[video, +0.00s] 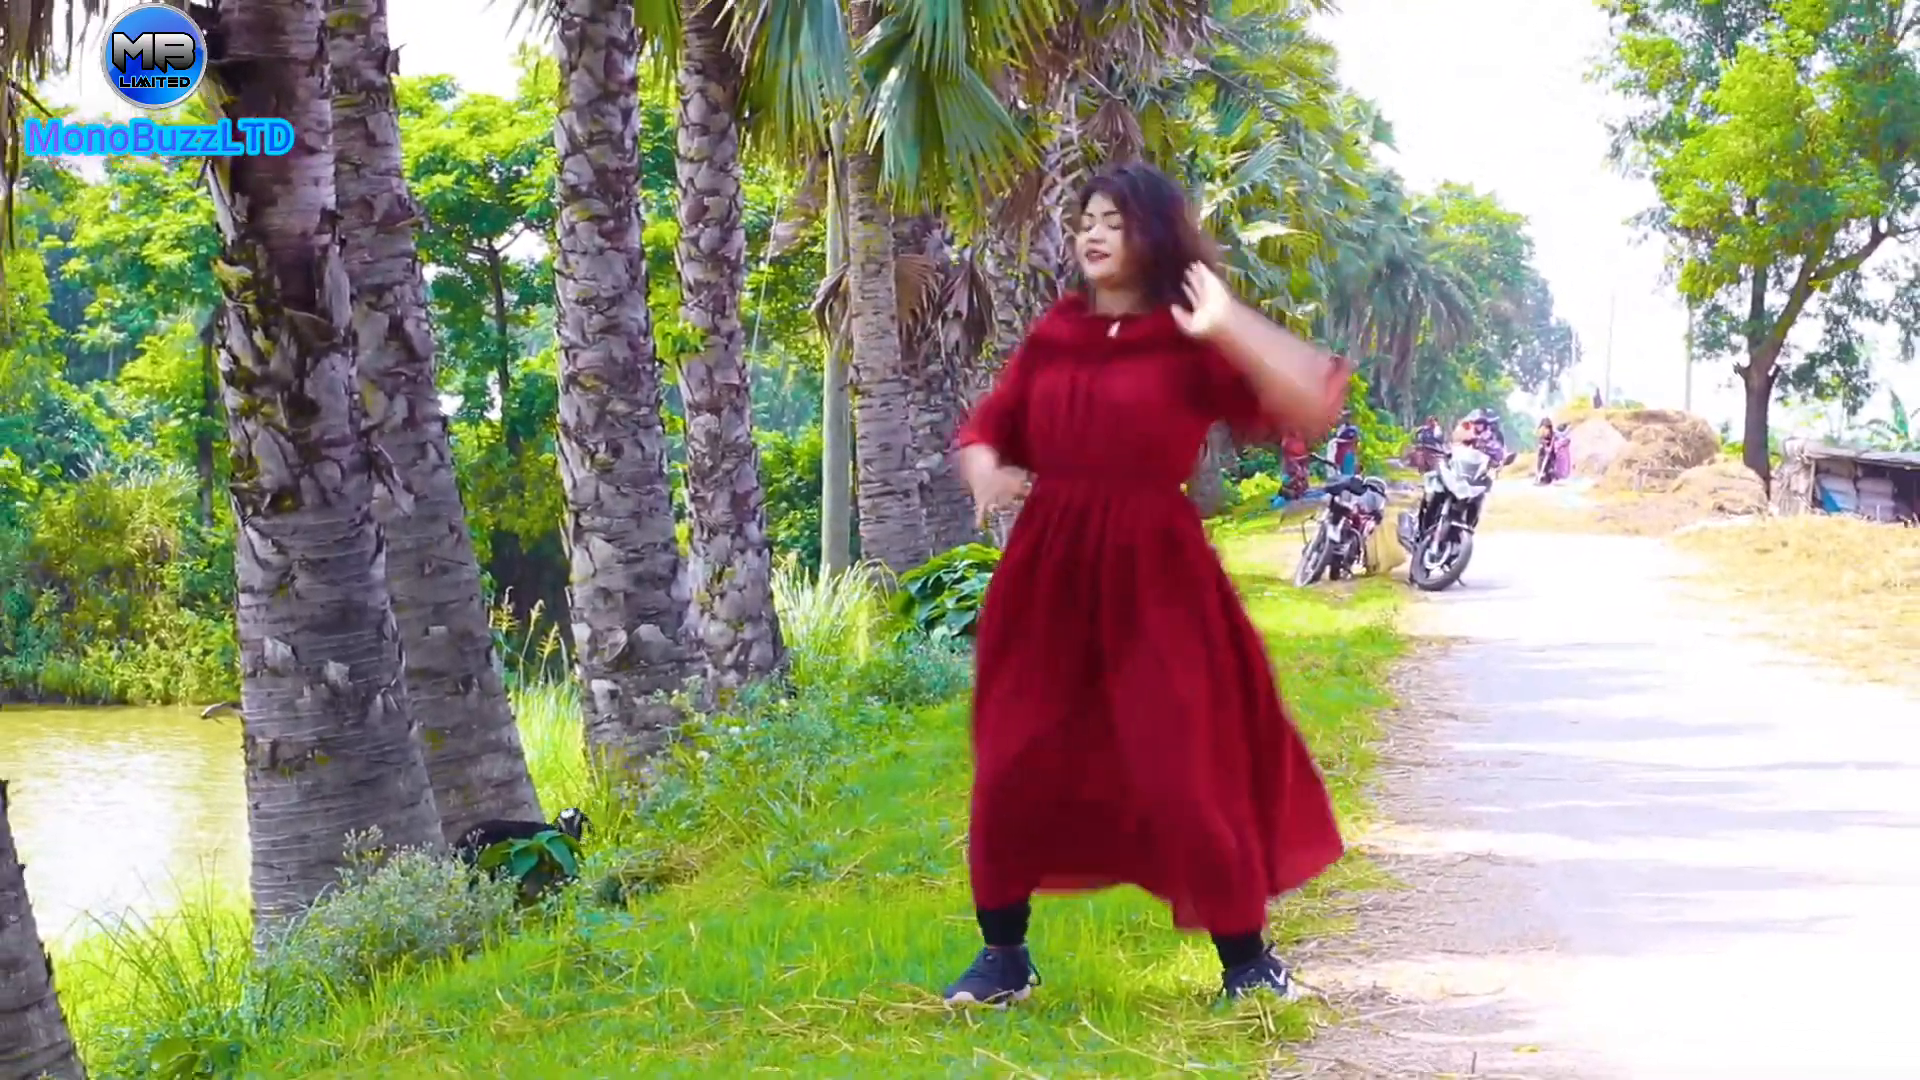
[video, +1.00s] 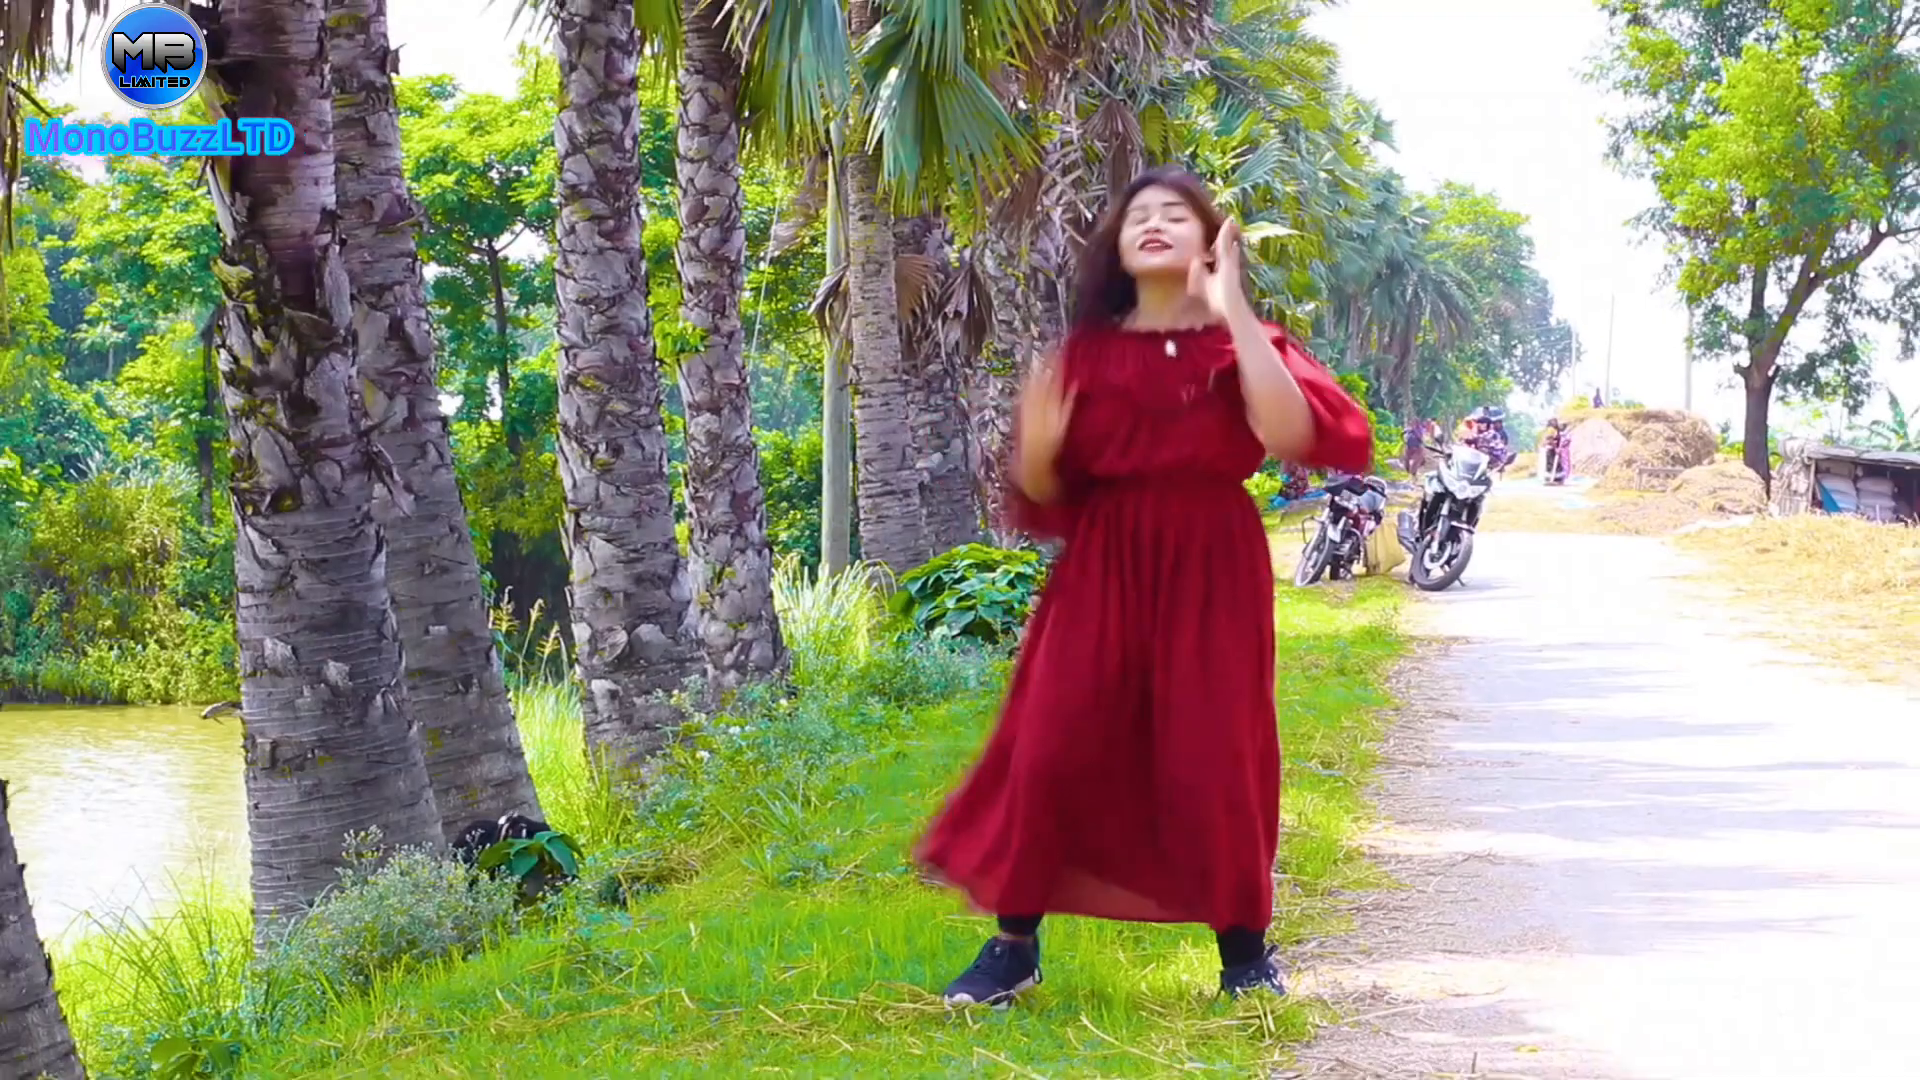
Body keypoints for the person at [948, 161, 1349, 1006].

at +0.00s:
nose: (1094, 237)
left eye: (1113, 223)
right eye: (1085, 223)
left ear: (1159, 237)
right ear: (1075, 239)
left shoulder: (1195, 342)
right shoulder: (1054, 335)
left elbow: (1318, 400)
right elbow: (980, 427)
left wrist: (1231, 319)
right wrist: (986, 469)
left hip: (1156, 567)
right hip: (1048, 563)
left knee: (1184, 763)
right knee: (1006, 760)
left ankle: (1247, 963)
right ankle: (1003, 955)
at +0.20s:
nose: (1137, 230)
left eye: (1139, 218)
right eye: (1119, 214)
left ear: (1138, 236)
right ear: (1062, 223)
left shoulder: (1152, 330)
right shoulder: (995, 305)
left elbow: (1209, 453)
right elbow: (952, 371)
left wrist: (1193, 471)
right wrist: (1049, 294)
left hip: (1126, 549)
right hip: (1014, 550)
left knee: (1169, 735)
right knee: (994, 736)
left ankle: (1219, 944)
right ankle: (1001, 954)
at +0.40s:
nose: (1122, 229)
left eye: (1121, 214)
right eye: (1108, 214)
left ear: (1096, 225)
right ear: (1055, 220)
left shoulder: (1128, 315)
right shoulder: (993, 292)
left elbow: (1177, 442)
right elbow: (901, 251)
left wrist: (1104, 479)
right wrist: (1021, 237)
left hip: (1113, 541)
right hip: (1015, 531)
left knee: (1142, 728)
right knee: (994, 724)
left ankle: (1182, 936)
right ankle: (999, 937)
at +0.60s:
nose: (1134, 221)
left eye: (1133, 205)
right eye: (1120, 205)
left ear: (1113, 215)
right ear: (1061, 208)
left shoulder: (1138, 299)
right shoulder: (1002, 284)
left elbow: (1204, 404)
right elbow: (1052, 349)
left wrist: (1148, 482)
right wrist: (1079, 248)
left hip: (1130, 533)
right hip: (1021, 535)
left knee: (1190, 734)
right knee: (1006, 740)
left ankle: (1216, 966)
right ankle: (1004, 969)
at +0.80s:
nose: (1161, 240)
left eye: (1159, 226)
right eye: (1144, 227)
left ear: (1141, 237)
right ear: (1089, 236)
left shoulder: (1173, 317)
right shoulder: (1020, 311)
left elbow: (1234, 412)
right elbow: (894, 278)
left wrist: (1230, 447)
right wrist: (1019, 250)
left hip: (1170, 549)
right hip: (1064, 549)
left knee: (1188, 742)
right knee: (1018, 739)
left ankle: (1233, 937)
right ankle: (1001, 940)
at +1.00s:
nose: (1155, 222)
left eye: (1175, 212)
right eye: (1139, 215)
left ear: (1209, 243)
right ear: (1117, 248)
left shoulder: (1249, 342)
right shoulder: (1082, 350)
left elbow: (1291, 437)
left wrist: (1235, 313)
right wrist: (1035, 446)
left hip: (1213, 553)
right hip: (1105, 551)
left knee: (1220, 750)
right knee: (1045, 744)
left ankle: (1246, 955)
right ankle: (1013, 945)